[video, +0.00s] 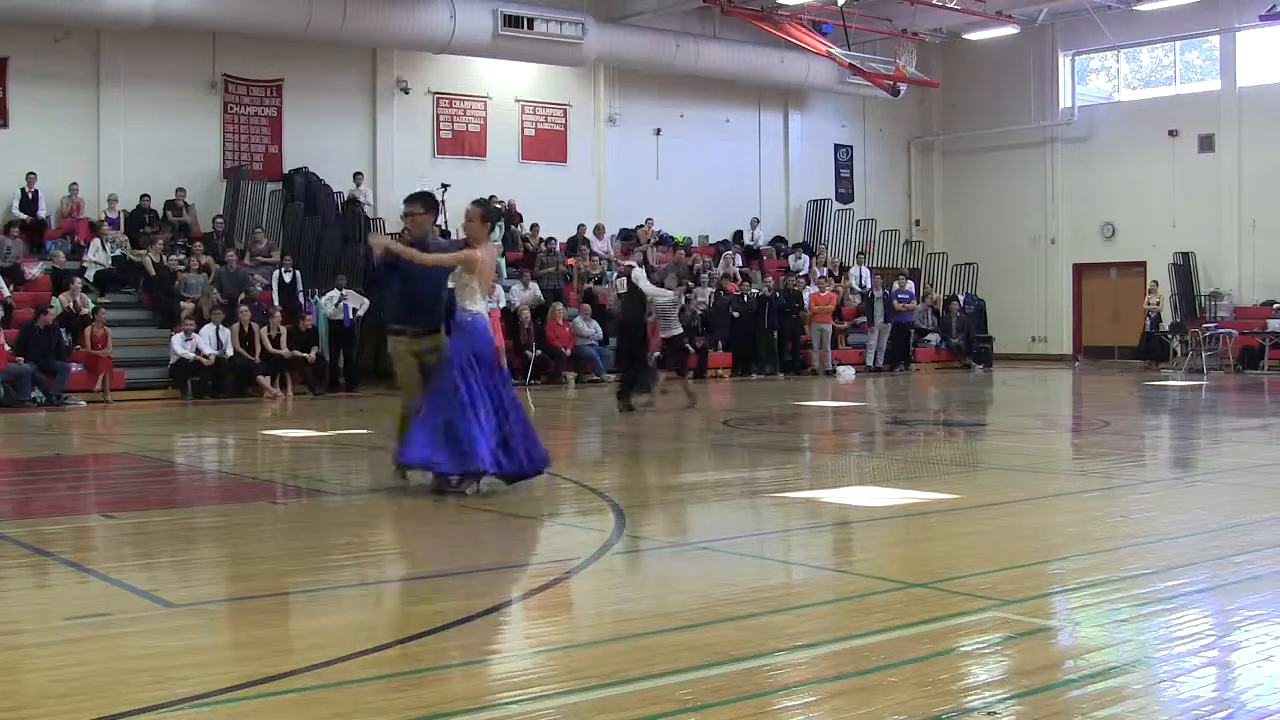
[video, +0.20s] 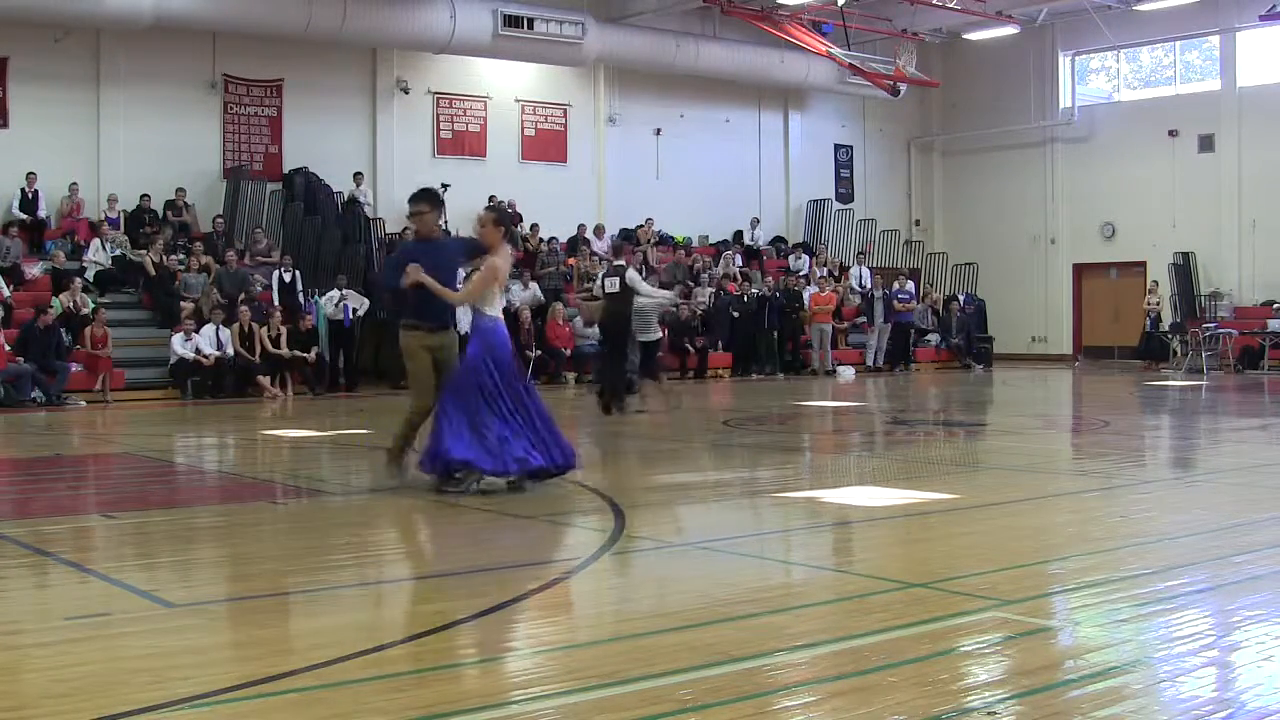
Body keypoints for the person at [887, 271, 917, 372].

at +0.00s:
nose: (901, 281)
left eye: (903, 279)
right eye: (899, 279)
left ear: (906, 281)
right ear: (897, 281)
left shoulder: (911, 293)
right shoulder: (894, 293)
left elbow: (914, 305)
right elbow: (896, 307)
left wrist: (902, 305)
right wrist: (909, 306)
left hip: (908, 321)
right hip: (897, 321)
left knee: (906, 343)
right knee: (897, 344)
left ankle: (907, 363)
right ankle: (896, 364)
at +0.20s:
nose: (901, 282)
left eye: (903, 279)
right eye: (899, 280)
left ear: (906, 281)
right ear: (897, 281)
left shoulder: (911, 294)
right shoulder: (894, 293)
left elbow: (914, 305)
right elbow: (896, 307)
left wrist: (902, 305)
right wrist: (909, 306)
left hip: (908, 321)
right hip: (898, 321)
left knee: (906, 343)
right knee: (897, 344)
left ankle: (907, 363)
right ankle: (896, 364)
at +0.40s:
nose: (900, 282)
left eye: (902, 280)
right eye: (899, 280)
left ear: (906, 281)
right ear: (897, 281)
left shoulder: (911, 294)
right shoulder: (894, 293)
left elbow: (914, 305)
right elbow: (896, 307)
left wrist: (902, 305)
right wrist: (909, 307)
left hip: (908, 321)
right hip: (897, 321)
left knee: (906, 343)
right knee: (896, 344)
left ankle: (907, 363)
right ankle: (896, 364)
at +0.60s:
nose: (901, 282)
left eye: (903, 280)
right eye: (899, 280)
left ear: (906, 281)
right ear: (897, 281)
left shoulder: (911, 294)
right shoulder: (894, 293)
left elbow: (914, 305)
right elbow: (896, 307)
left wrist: (902, 305)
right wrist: (909, 307)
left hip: (908, 321)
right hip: (897, 321)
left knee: (906, 343)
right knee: (897, 344)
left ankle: (907, 363)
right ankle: (896, 364)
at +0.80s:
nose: (900, 282)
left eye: (902, 279)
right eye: (899, 280)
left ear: (906, 281)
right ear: (897, 281)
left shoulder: (910, 293)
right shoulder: (894, 293)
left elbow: (915, 305)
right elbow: (897, 307)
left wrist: (903, 305)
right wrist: (909, 306)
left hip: (908, 321)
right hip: (897, 321)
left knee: (907, 343)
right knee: (897, 343)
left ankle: (907, 363)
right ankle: (896, 364)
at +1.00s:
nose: (900, 282)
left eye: (902, 280)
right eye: (899, 280)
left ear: (906, 281)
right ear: (897, 281)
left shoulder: (910, 293)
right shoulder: (894, 293)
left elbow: (915, 305)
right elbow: (897, 307)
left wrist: (904, 305)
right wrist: (909, 306)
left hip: (908, 321)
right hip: (897, 321)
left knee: (907, 343)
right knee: (897, 343)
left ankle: (907, 363)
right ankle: (896, 364)